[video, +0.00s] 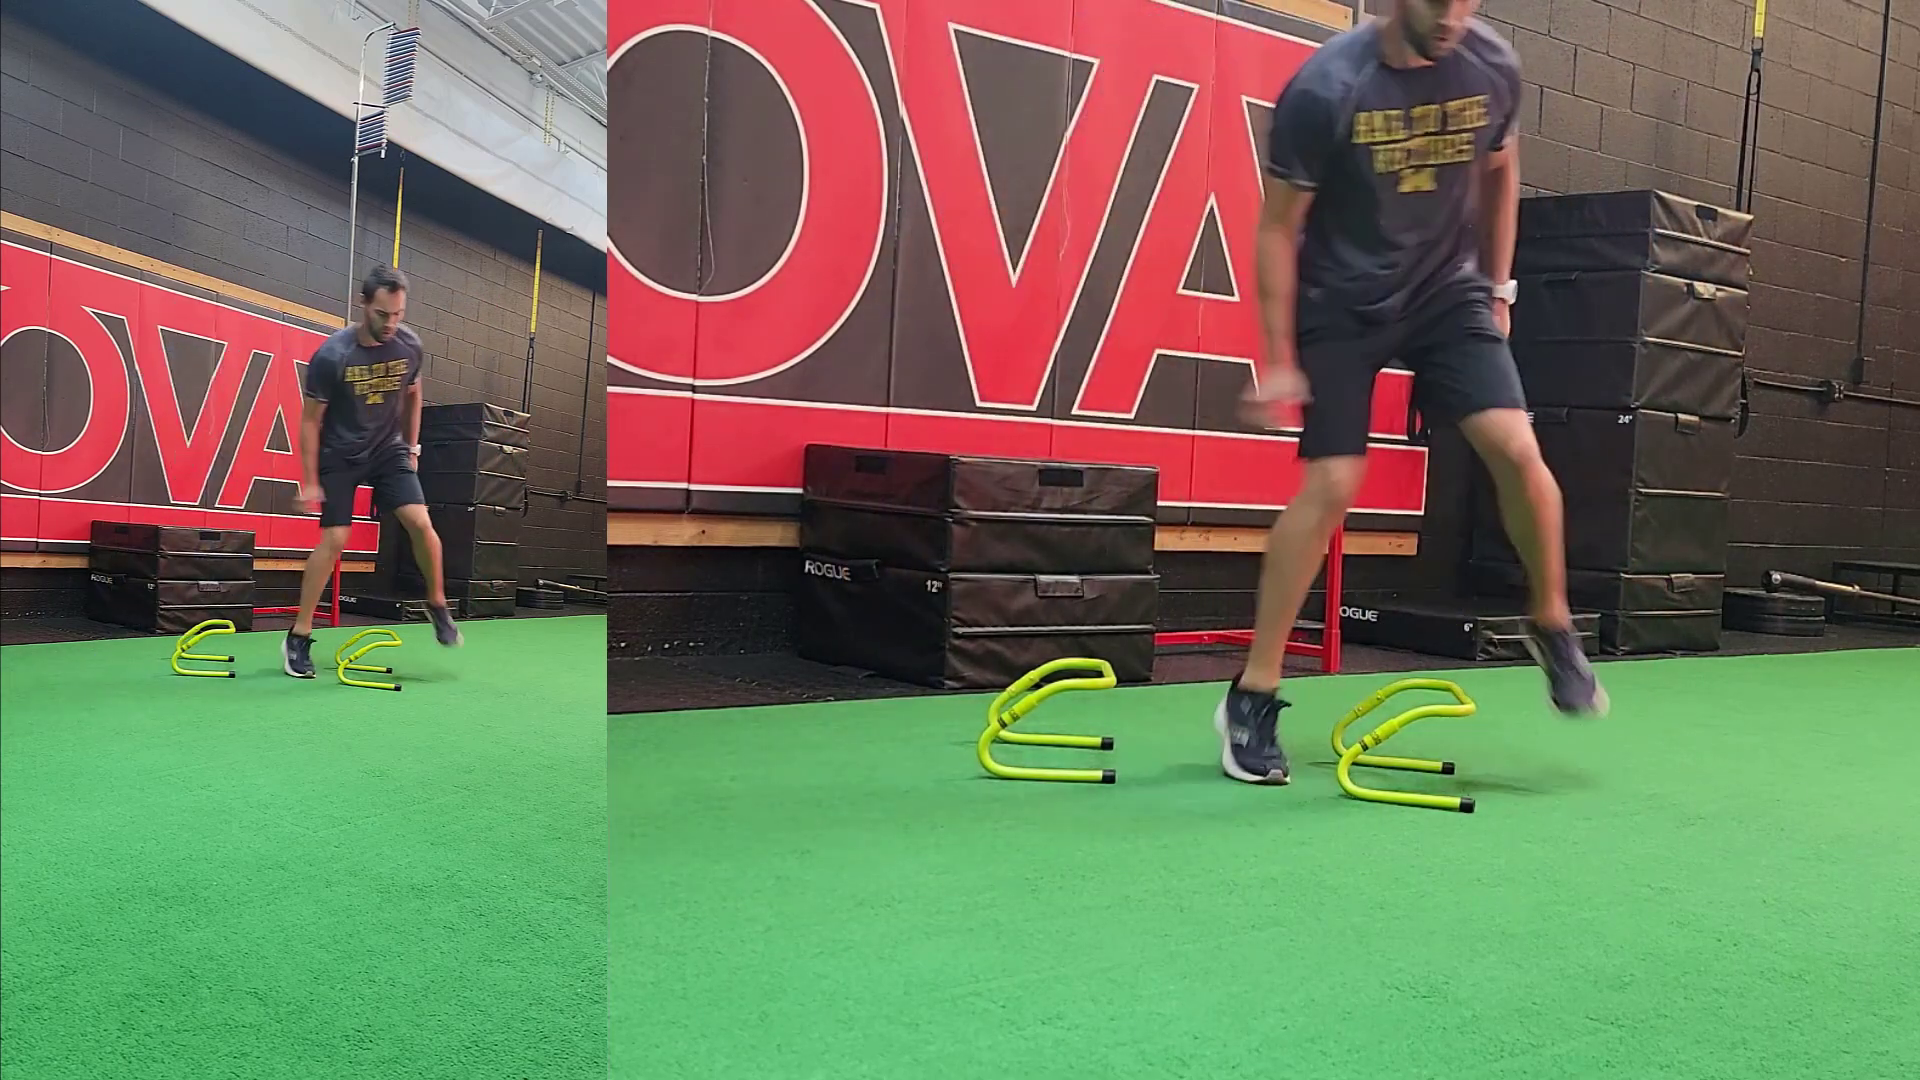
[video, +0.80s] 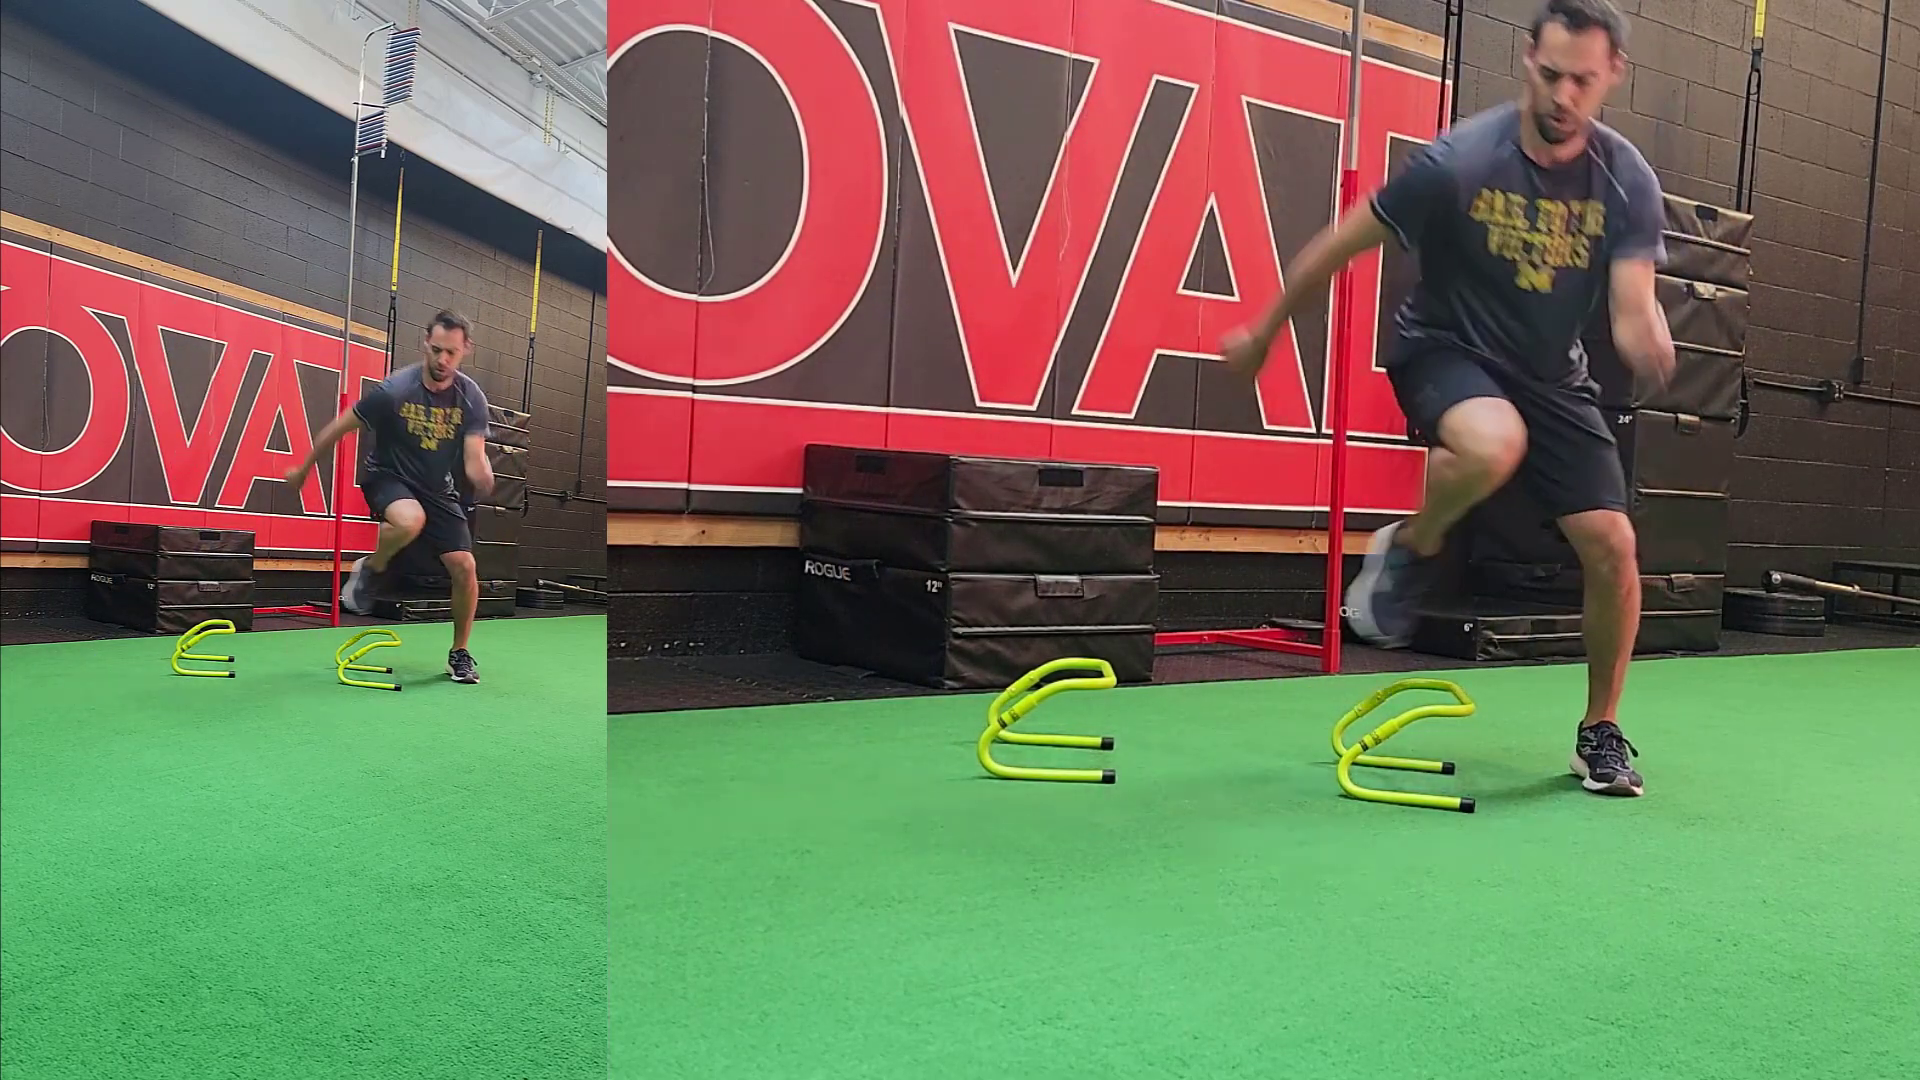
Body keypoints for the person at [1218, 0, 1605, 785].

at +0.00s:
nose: (1453, 22)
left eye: (1465, 8)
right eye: (1437, 7)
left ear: (1477, 5)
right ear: (1393, 1)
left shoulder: (1491, 65)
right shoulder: (1324, 89)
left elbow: (1499, 170)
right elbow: (1277, 226)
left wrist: (1498, 289)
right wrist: (1275, 362)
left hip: (1449, 295)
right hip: (1342, 307)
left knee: (1517, 450)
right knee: (1332, 483)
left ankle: (1554, 623)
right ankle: (1254, 695)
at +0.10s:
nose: (1515, 59)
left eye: (1530, 40)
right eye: (1497, 37)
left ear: (1543, 28)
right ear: (1453, 20)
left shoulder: (1553, 96)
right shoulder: (1387, 116)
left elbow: (1551, 191)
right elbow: (1344, 264)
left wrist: (1535, 283)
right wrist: (1421, 342)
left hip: (1504, 310)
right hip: (1402, 311)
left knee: (1545, 499)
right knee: (1427, 461)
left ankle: (1595, 709)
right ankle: (1333, 566)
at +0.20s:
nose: (1579, 121)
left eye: (1592, 101)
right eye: (1562, 100)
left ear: (1605, 88)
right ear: (1517, 79)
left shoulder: (1605, 155)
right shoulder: (1448, 179)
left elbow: (1591, 244)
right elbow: (1432, 341)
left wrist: (1584, 295)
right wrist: (1556, 316)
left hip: (1550, 368)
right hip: (1449, 369)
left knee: (1598, 528)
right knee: (1497, 492)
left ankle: (1598, 724)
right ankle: (1470, 497)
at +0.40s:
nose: (1649, 187)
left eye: (1665, 168)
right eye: (1633, 164)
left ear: (1678, 153)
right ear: (1592, 139)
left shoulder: (1662, 209)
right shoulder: (1511, 235)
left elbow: (1618, 275)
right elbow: (1492, 394)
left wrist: (1642, 324)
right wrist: (1618, 355)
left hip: (1590, 383)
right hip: (1488, 394)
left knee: (1631, 537)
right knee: (1581, 525)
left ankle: (1604, 726)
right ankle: (1552, 586)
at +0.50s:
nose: (1652, 182)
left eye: (1669, 164)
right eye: (1636, 160)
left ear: (1685, 149)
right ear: (1596, 135)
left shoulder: (1672, 211)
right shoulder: (1517, 230)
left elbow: (1618, 284)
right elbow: (1463, 380)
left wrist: (1619, 345)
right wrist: (1591, 397)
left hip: (1594, 392)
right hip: (1498, 397)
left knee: (1640, 537)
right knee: (1590, 522)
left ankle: (1609, 726)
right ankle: (1570, 592)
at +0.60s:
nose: (1638, 158)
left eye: (1656, 141)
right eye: (1624, 136)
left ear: (1674, 133)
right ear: (1589, 118)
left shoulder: (1668, 211)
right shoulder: (1509, 213)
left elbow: (1665, 295)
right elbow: (1436, 347)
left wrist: (1658, 384)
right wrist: (1508, 460)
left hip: (1601, 400)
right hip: (1508, 400)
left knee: (1637, 540)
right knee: (1580, 514)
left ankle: (1610, 725)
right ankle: (1568, 597)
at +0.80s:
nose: (1563, 98)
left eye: (1583, 81)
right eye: (1551, 75)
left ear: (1611, 81)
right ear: (1524, 64)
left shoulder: (1628, 181)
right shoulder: (1454, 163)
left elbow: (1633, 303)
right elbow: (1336, 245)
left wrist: (1647, 344)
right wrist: (1263, 329)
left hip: (1551, 374)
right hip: (1444, 347)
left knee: (1612, 544)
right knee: (1493, 445)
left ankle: (1603, 727)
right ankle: (1412, 549)